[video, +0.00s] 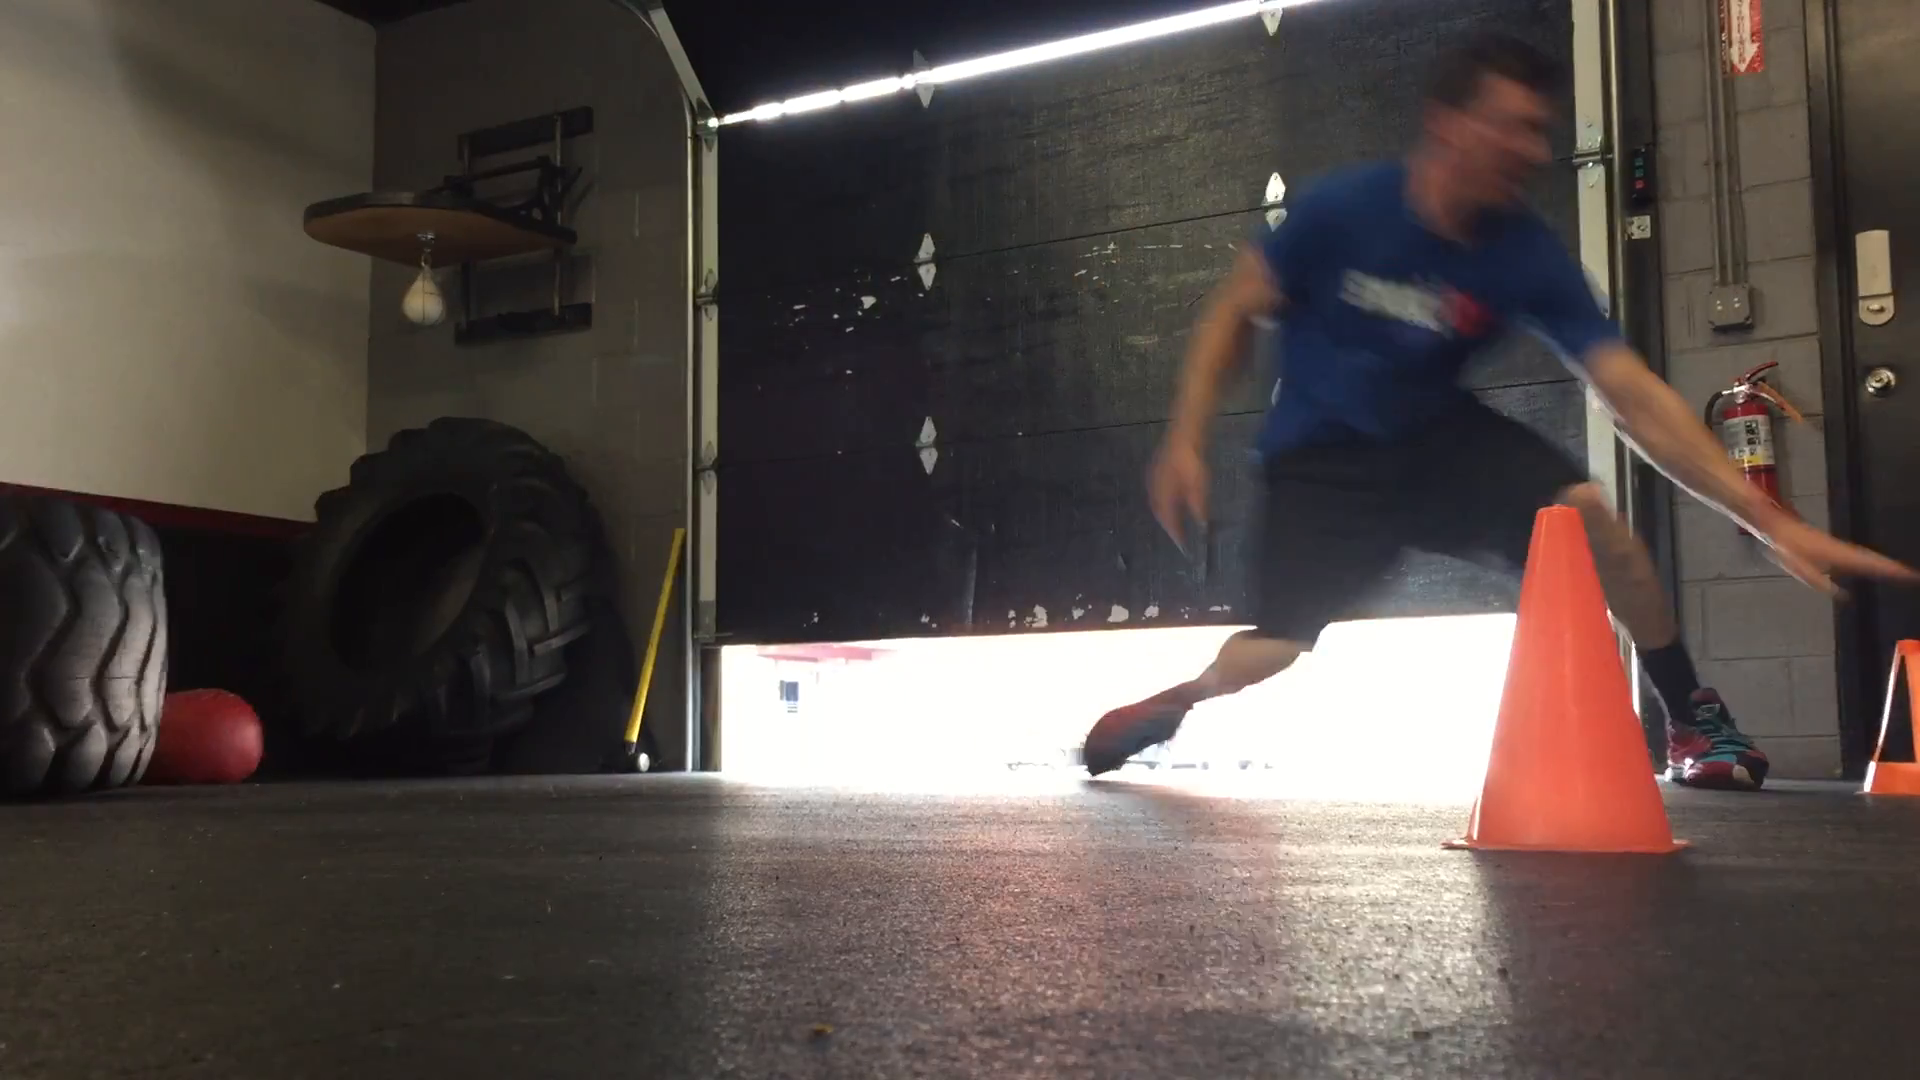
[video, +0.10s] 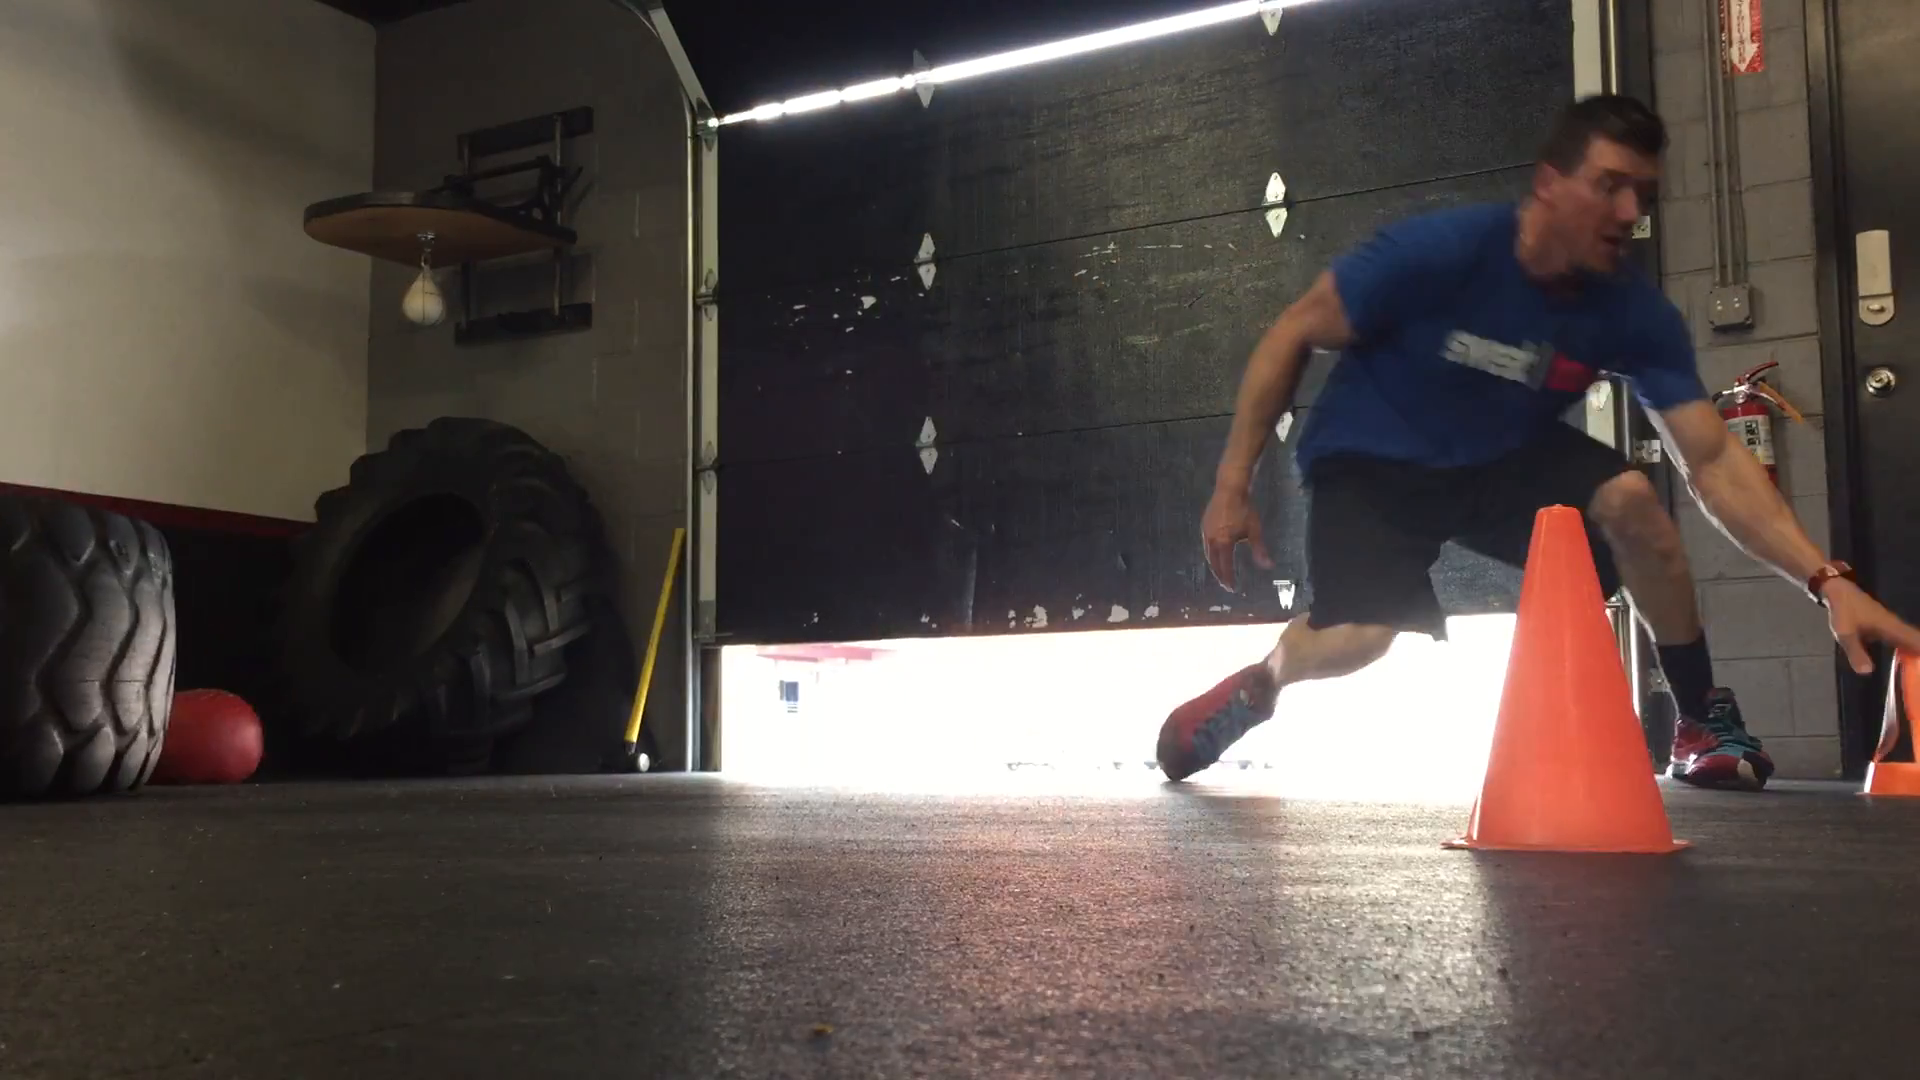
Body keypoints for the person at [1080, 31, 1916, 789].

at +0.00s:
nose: (1529, 155)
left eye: (1539, 137)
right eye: (1511, 131)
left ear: (1541, 143)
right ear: (1441, 121)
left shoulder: (1529, 254)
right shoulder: (1337, 210)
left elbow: (1637, 394)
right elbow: (1230, 310)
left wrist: (1772, 517)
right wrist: (1184, 443)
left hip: (1440, 440)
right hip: (1317, 457)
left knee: (1594, 519)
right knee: (1276, 643)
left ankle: (1682, 708)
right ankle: (1167, 710)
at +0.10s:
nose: (1631, 214)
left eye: (1643, 196)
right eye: (1613, 188)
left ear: (1643, 201)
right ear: (1545, 180)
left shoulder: (1634, 314)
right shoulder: (1437, 253)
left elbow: (1721, 460)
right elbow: (1290, 337)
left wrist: (1830, 583)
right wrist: (1232, 483)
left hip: (1498, 457)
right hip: (1369, 458)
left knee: (1636, 501)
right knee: (1359, 630)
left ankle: (1700, 723)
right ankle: (1253, 690)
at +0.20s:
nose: (1595, 203)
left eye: (1620, 187)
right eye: (1579, 175)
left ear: (1644, 198)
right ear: (1540, 167)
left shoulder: (1642, 299)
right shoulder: (1447, 237)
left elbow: (1684, 445)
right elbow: (1291, 317)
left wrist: (1780, 535)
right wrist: (1222, 459)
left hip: (1507, 432)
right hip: (1371, 427)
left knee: (1650, 517)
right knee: (1349, 597)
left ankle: (1700, 726)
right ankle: (1240, 661)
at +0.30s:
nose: (1469, 127)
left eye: (1493, 108)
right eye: (1454, 103)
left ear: (1543, 119)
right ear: (1433, 105)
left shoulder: (1578, 221)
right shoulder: (1362, 190)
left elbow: (1631, 361)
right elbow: (1236, 277)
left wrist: (1716, 493)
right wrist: (1180, 413)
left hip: (1467, 396)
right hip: (1328, 387)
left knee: (1617, 527)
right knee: (1293, 538)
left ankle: (1694, 727)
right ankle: (1208, 671)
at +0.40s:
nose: (1302, 42)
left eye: (1323, 21)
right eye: (1289, 23)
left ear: (1372, 27)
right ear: (1269, 30)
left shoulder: (1443, 122)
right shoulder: (1218, 126)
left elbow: (1548, 242)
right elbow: (1143, 238)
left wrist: (1591, 392)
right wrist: (1116, 385)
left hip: (1387, 345)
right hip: (1244, 343)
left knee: (1541, 526)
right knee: (1182, 505)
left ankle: (1677, 706)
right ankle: (1181, 686)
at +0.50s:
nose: (1162, 19)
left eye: (1174, 9)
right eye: (1147, 13)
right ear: (1121, 6)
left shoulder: (1287, 36)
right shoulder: (1074, 68)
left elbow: (1415, 134)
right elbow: (1026, 200)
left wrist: (1437, 261)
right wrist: (1011, 366)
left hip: (1285, 315)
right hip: (1141, 325)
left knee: (1421, 503)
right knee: (1100, 541)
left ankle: (1607, 676)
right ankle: (1174, 699)